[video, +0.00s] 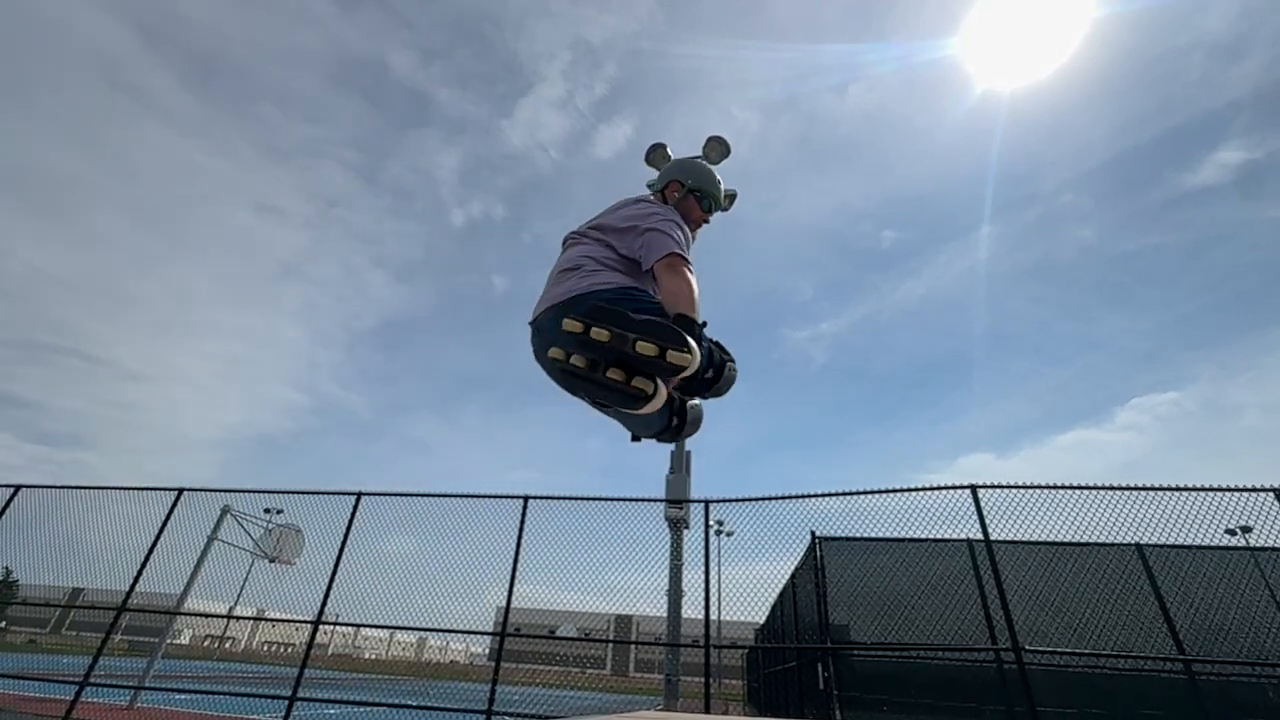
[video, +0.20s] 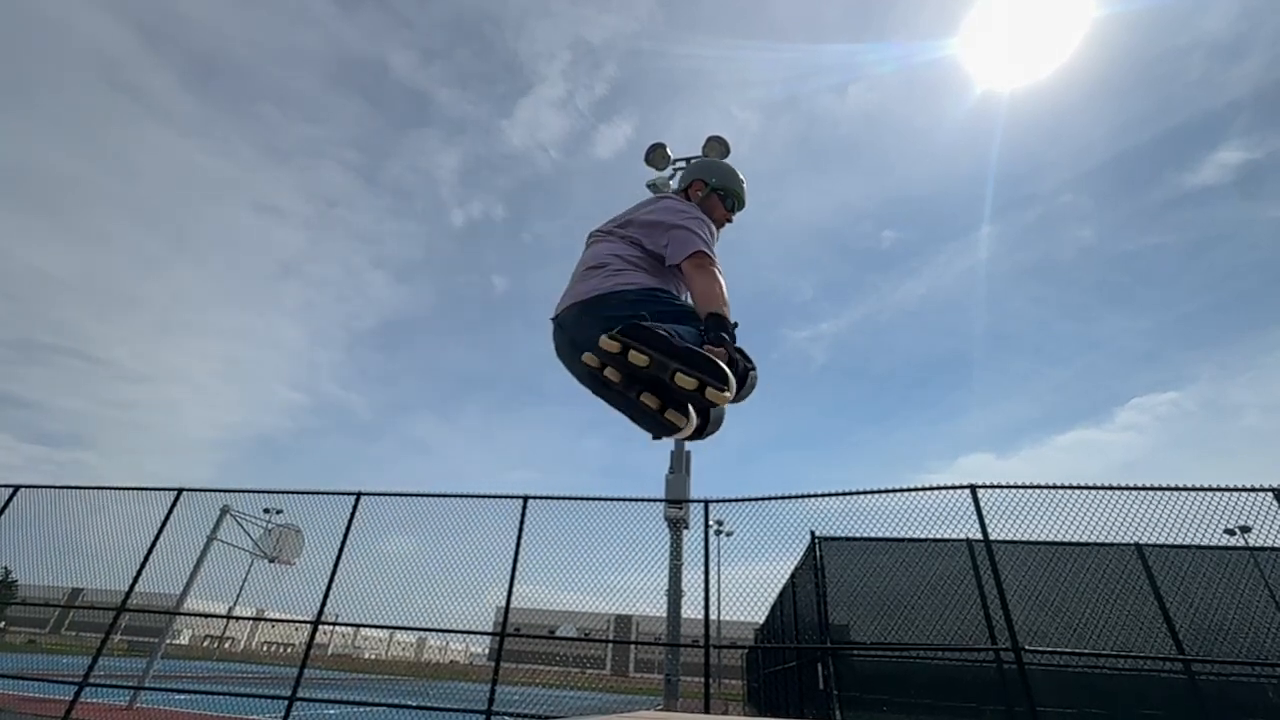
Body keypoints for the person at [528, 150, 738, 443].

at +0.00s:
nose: (708, 218)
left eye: (712, 210)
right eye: (704, 203)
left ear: (671, 190)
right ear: (674, 190)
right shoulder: (659, 215)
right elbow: (672, 267)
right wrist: (687, 331)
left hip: (545, 338)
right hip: (595, 298)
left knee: (676, 421)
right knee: (719, 372)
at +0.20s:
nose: (731, 216)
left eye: (735, 209)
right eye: (728, 201)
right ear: (697, 190)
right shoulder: (680, 211)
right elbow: (700, 266)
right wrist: (719, 331)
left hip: (567, 340)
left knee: (709, 414)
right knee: (740, 368)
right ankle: (661, 338)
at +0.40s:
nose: (753, 218)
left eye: (757, 211)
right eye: (751, 202)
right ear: (721, 189)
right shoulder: (705, 209)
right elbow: (728, 268)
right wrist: (755, 327)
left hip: (590, 334)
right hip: (640, 296)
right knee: (759, 369)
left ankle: (672, 412)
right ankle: (696, 355)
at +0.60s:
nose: (775, 219)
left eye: (780, 214)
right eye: (774, 205)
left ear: (741, 193)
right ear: (745, 190)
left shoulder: (685, 219)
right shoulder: (730, 209)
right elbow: (757, 265)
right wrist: (786, 321)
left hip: (614, 333)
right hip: (667, 299)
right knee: (782, 373)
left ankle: (692, 427)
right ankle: (726, 378)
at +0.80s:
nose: (799, 222)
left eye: (803, 217)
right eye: (796, 208)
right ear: (768, 194)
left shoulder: (710, 222)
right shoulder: (752, 212)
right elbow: (783, 265)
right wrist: (816, 323)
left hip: (638, 335)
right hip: (693, 300)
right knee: (796, 381)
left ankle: (714, 444)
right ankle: (750, 413)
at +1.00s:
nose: (815, 229)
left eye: (819, 224)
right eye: (815, 216)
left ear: (778, 198)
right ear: (791, 198)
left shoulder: (726, 223)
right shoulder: (775, 214)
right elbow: (805, 261)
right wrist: (841, 326)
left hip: (659, 332)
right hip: (715, 303)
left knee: (765, 411)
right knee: (818, 393)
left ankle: (736, 461)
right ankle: (778, 448)